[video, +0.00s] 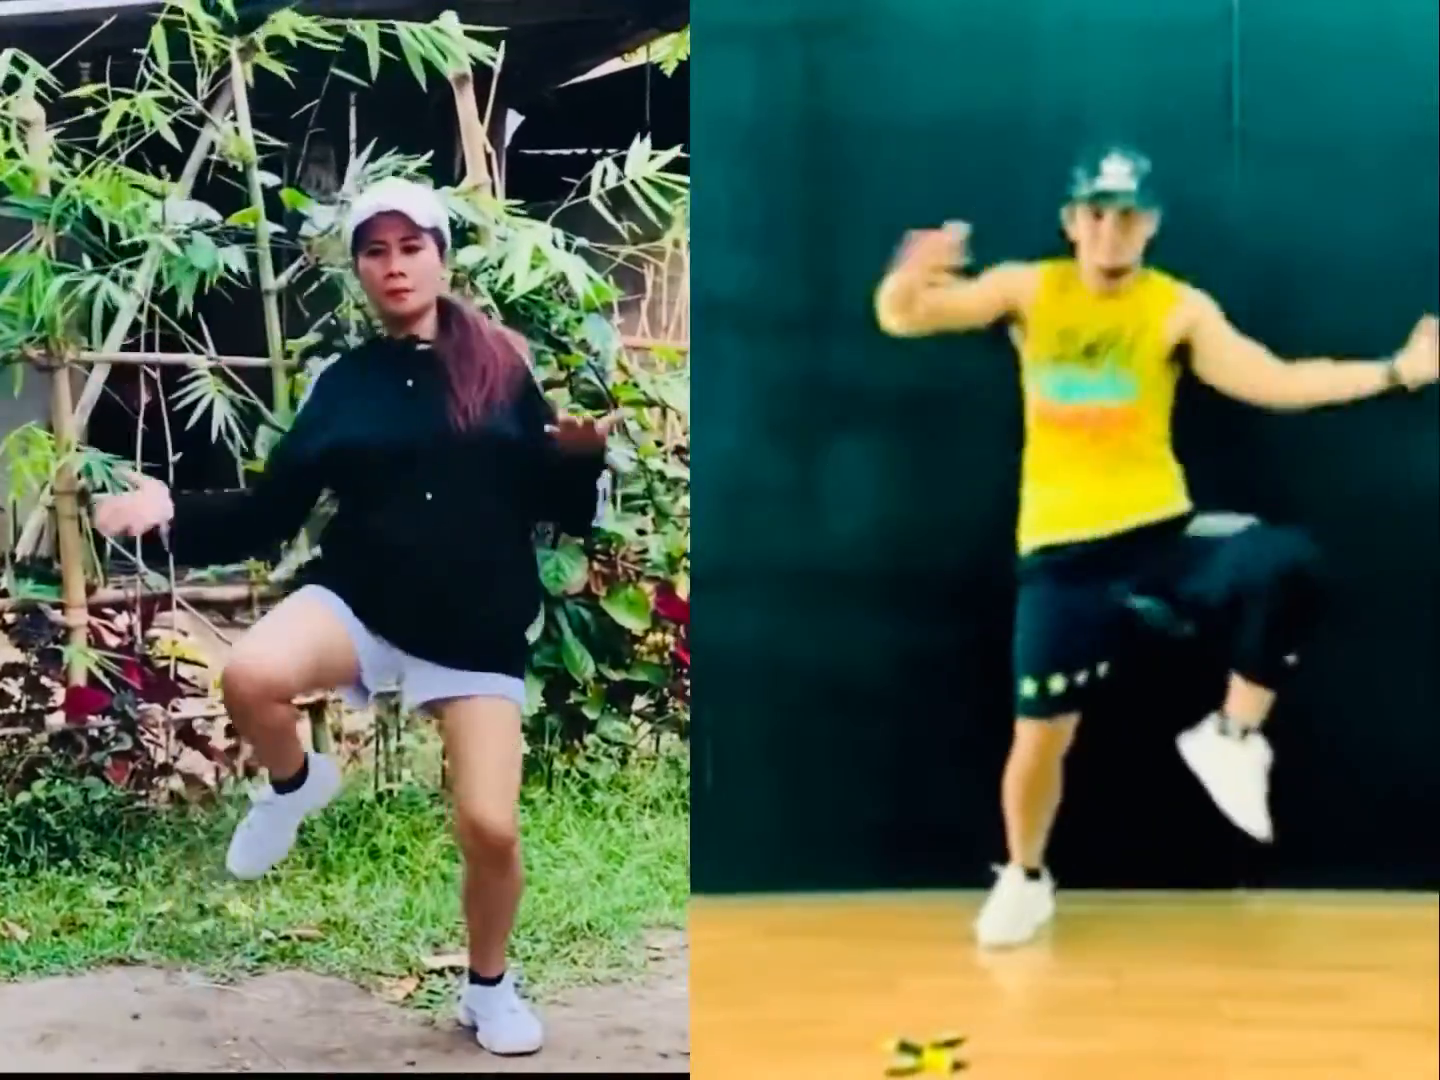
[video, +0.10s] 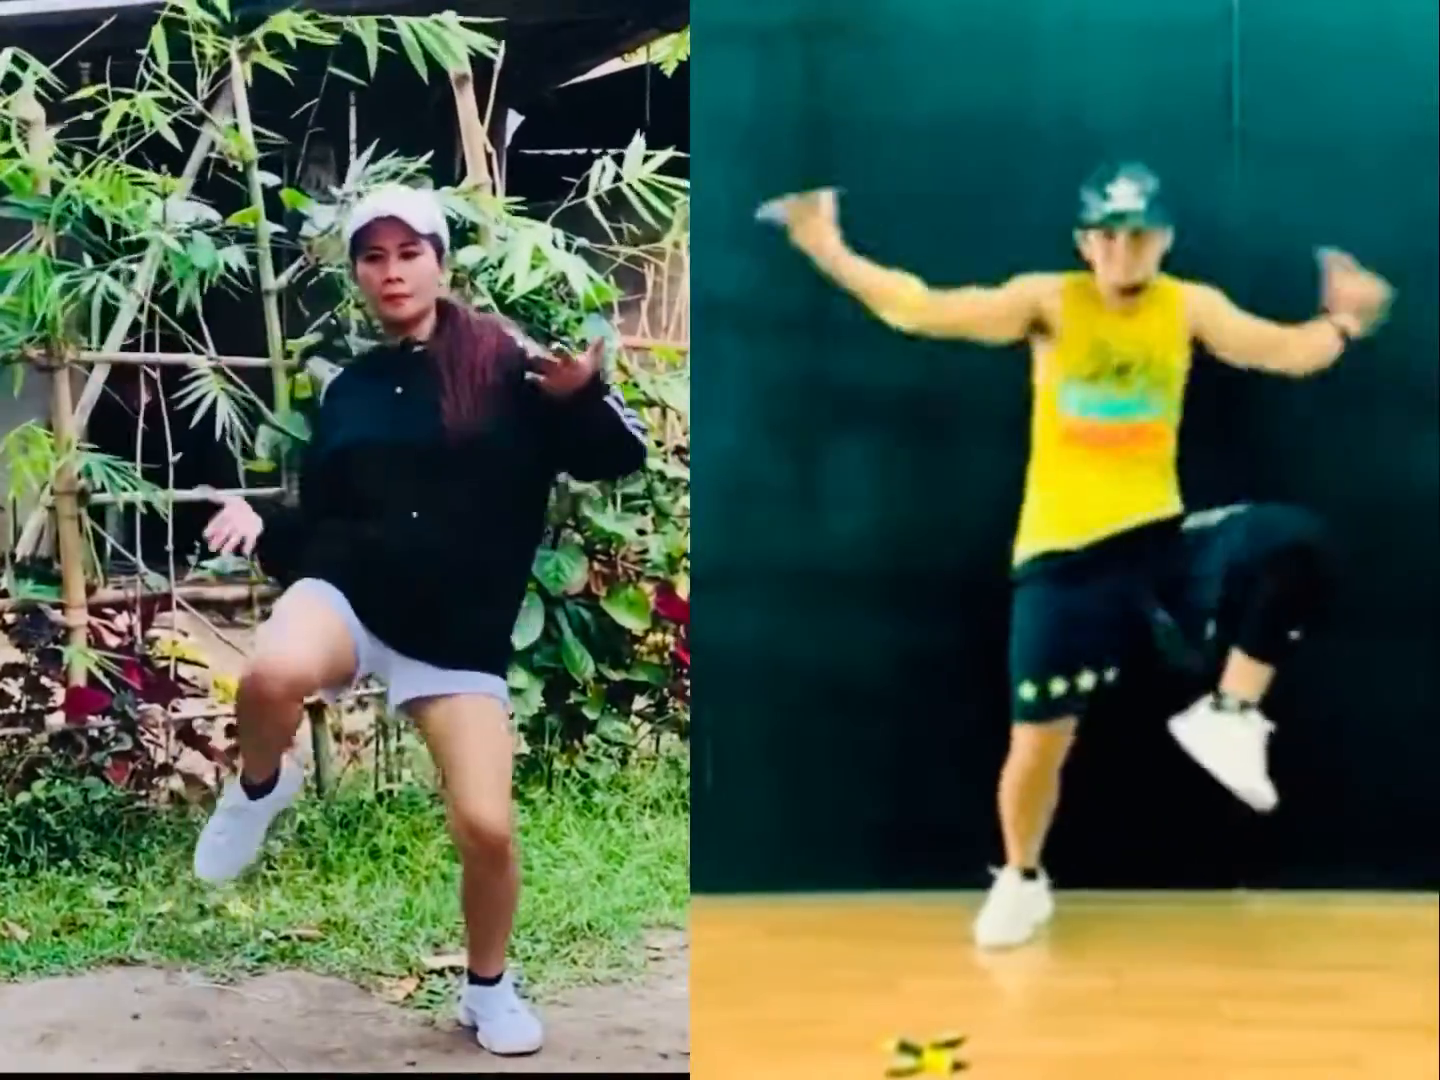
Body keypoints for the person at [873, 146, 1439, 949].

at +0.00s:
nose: (1112, 234)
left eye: (1129, 218)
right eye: (1098, 216)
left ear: (1151, 225)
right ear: (1071, 220)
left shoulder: (1178, 309)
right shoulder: (1027, 288)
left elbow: (1275, 381)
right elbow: (906, 316)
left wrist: (1396, 371)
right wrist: (907, 277)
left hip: (1160, 533)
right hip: (1058, 548)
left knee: (1284, 562)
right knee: (1041, 728)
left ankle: (1233, 735)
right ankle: (1023, 876)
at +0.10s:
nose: (1121, 255)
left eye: (1137, 237)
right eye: (1106, 237)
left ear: (1163, 241)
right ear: (1085, 239)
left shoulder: (1188, 307)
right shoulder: (1044, 301)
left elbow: (1283, 352)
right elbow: (920, 309)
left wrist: (1342, 323)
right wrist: (832, 253)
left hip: (1159, 536)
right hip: (1059, 551)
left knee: (1288, 543)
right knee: (1040, 733)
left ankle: (1231, 714)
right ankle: (1020, 880)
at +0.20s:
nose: (1136, 228)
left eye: (1152, 211)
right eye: (1123, 212)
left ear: (1180, 211)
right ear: (1103, 214)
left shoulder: (1205, 285)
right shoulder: (1059, 277)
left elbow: (1308, 357)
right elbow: (953, 314)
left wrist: (1288, 263)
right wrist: (930, 239)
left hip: (1177, 521)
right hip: (1076, 537)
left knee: (1315, 566)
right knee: (1044, 730)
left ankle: (1293, 749)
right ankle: (1015, 873)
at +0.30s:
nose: (1129, 234)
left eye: (1145, 218)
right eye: (1118, 217)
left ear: (1185, 219)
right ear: (1104, 219)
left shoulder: (1219, 307)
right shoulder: (1072, 284)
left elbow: (1327, 388)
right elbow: (968, 298)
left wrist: (1327, 281)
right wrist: (1018, 202)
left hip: (1216, 545)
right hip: (1104, 556)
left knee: (1340, 667)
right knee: (1043, 744)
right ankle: (1034, 872)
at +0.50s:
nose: (1200, 314)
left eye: (1214, 297)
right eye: (1189, 300)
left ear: (1251, 300)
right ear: (1175, 307)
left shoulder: (1291, 367)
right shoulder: (1151, 364)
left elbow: (1378, 307)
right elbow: (1066, 282)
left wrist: (1430, 260)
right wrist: (988, 192)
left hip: (1275, 621)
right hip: (1164, 626)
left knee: (1384, 747)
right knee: (1106, 789)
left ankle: (1380, 896)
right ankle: (1042, 882)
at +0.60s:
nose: (1241, 283)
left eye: (1256, 265)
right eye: (1231, 269)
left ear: (1296, 258)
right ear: (1220, 273)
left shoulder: (1345, 311)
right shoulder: (1198, 333)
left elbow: (1434, 277)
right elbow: (1071, 330)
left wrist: (1405, 189)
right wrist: (1038, 224)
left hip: (1312, 584)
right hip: (1207, 574)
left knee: (1397, 741)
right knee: (1111, 731)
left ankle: (1381, 897)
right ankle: (1001, 845)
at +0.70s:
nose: (1254, 239)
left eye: (1268, 220)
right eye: (1244, 223)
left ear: (1314, 213)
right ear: (1236, 228)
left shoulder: (1376, 289)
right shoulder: (1226, 303)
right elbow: (1123, 350)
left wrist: (1424, 189)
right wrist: (1135, 243)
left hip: (1339, 562)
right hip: (1225, 548)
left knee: (1397, 722)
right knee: (1099, 678)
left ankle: (1380, 896)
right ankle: (1022, 752)